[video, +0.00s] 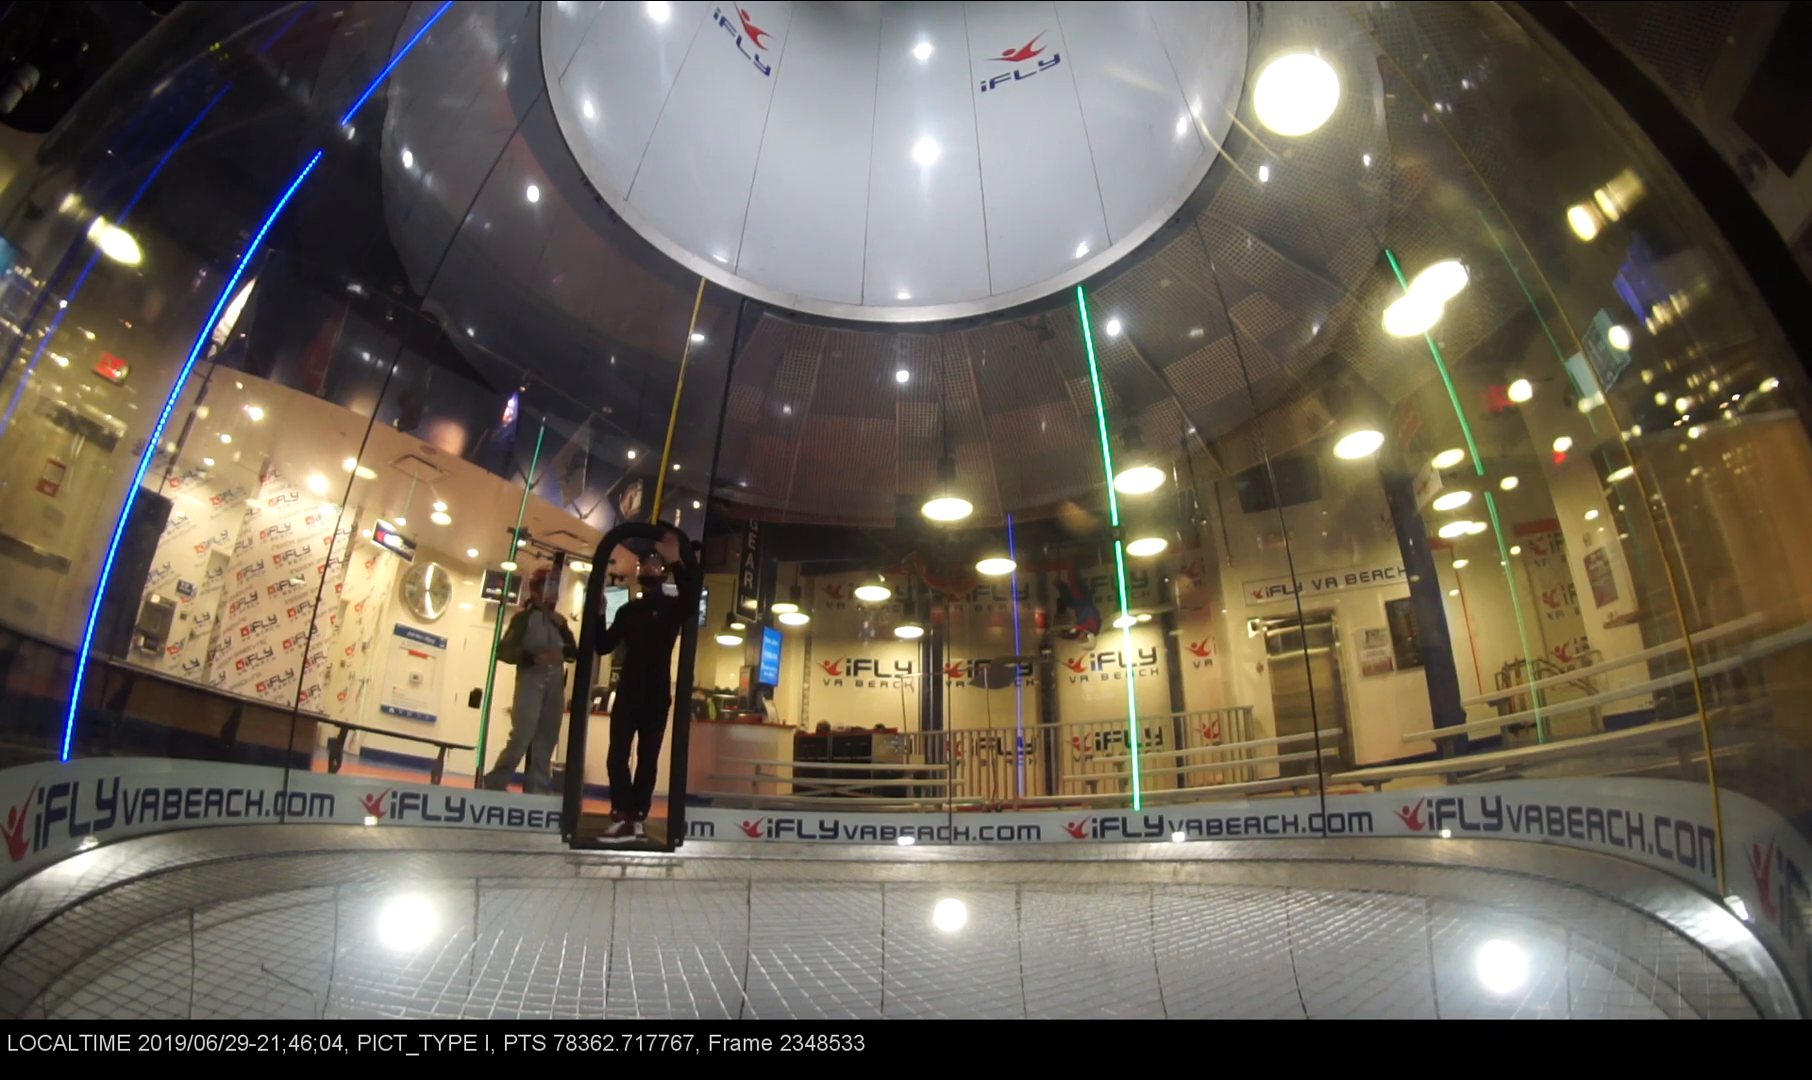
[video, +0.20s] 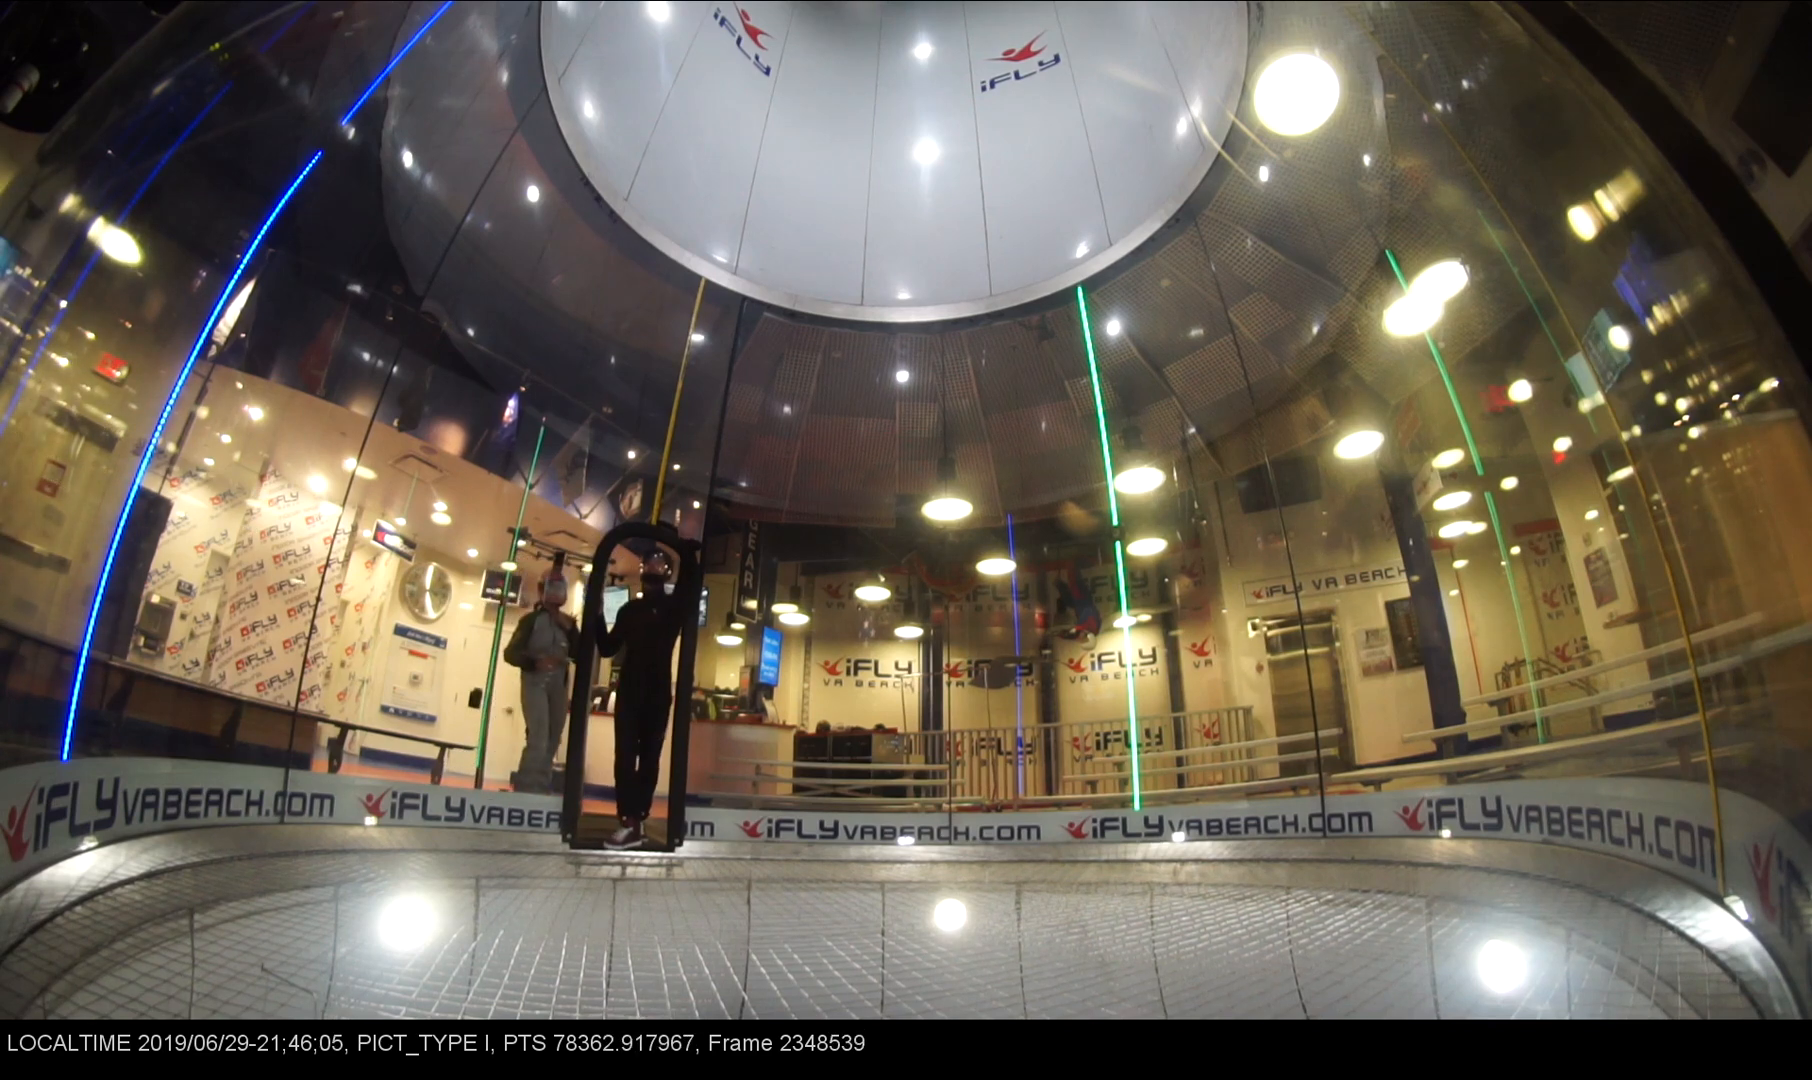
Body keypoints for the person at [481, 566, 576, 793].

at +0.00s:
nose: (550, 592)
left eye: (554, 587)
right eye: (545, 587)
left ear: (558, 591)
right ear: (534, 590)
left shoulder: (558, 621)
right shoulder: (524, 618)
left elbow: (573, 653)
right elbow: (503, 651)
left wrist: (563, 627)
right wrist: (531, 657)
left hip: (555, 683)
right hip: (530, 680)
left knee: (546, 738)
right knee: (523, 735)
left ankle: (538, 792)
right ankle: (493, 783)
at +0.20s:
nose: (556, 596)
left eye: (560, 591)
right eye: (552, 590)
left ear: (565, 595)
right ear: (543, 592)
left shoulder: (568, 623)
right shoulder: (531, 620)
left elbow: (578, 653)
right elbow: (511, 653)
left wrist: (570, 629)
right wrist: (534, 663)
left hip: (558, 682)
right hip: (534, 681)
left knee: (553, 735)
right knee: (538, 735)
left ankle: (542, 785)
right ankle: (527, 786)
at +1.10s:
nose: (568, 596)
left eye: (573, 591)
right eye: (564, 590)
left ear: (579, 597)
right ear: (556, 593)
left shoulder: (580, 626)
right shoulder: (544, 620)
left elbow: (591, 660)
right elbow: (519, 650)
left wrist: (583, 633)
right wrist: (532, 671)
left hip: (570, 686)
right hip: (545, 683)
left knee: (559, 739)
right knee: (547, 740)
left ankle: (538, 790)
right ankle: (544, 796)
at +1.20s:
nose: (570, 595)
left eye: (575, 591)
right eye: (566, 590)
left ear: (580, 597)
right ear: (557, 592)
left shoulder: (580, 627)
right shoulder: (545, 620)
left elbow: (591, 660)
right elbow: (519, 649)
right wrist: (533, 670)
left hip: (570, 686)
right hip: (545, 683)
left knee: (559, 739)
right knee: (548, 741)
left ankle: (539, 791)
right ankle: (544, 795)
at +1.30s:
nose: (572, 596)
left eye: (576, 592)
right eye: (569, 591)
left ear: (581, 597)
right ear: (559, 593)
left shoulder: (579, 627)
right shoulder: (546, 620)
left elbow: (589, 660)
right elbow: (519, 648)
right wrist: (534, 669)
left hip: (570, 685)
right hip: (546, 682)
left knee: (560, 739)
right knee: (549, 740)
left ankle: (541, 791)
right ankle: (544, 794)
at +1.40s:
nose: (575, 597)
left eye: (578, 593)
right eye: (571, 591)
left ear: (582, 596)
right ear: (562, 593)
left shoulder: (578, 626)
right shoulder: (548, 619)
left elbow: (586, 655)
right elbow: (520, 648)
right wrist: (537, 669)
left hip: (569, 685)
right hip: (548, 682)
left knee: (559, 739)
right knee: (552, 739)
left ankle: (544, 793)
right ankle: (542, 795)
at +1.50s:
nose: (576, 597)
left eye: (578, 592)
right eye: (572, 591)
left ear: (582, 596)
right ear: (563, 593)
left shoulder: (577, 625)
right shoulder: (549, 619)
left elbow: (587, 656)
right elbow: (522, 647)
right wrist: (540, 668)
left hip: (570, 684)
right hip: (549, 682)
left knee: (559, 739)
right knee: (553, 738)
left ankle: (548, 794)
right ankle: (543, 795)